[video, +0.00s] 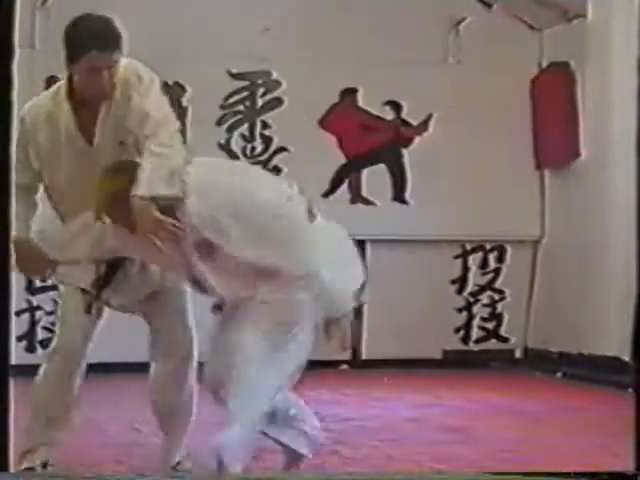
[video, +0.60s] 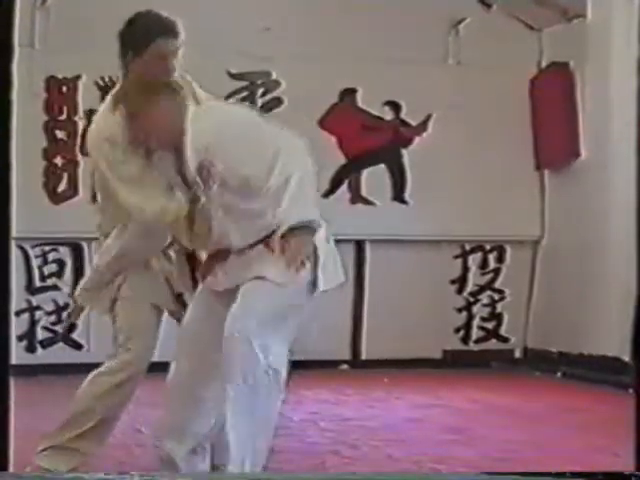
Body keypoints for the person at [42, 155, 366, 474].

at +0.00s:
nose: (121, 224)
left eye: (122, 213)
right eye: (114, 217)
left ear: (140, 196)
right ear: (114, 210)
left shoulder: (222, 196)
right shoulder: (128, 223)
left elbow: (305, 233)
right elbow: (87, 237)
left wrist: (337, 304)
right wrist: (44, 252)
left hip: (289, 280)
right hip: (235, 290)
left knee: (252, 369)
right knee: (219, 375)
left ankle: (229, 460)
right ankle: (300, 434)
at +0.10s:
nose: (118, 234)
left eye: (114, 223)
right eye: (111, 228)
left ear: (129, 202)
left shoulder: (190, 194)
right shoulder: (167, 217)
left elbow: (266, 247)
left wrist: (280, 325)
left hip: (298, 257)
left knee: (226, 356)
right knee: (196, 351)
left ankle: (211, 468)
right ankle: (261, 426)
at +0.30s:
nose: (114, 219)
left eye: (111, 206)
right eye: (108, 212)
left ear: (125, 187)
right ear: (129, 184)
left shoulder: (181, 176)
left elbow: (243, 206)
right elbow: (92, 255)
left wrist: (265, 276)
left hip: (292, 245)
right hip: (235, 259)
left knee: (237, 348)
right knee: (195, 343)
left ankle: (212, 466)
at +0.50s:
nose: (129, 163)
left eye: (125, 150)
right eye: (122, 156)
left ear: (139, 129)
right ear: (137, 134)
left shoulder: (207, 136)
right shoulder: (167, 167)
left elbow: (273, 172)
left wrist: (283, 236)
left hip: (282, 249)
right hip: (228, 260)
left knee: (241, 342)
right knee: (190, 348)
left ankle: (239, 468)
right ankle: (182, 457)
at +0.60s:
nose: (136, 137)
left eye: (139, 123)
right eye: (132, 126)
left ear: (166, 109)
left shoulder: (219, 128)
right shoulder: (174, 153)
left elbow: (291, 152)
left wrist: (300, 221)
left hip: (285, 246)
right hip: (229, 256)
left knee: (247, 332)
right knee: (195, 344)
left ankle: (244, 466)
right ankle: (184, 459)